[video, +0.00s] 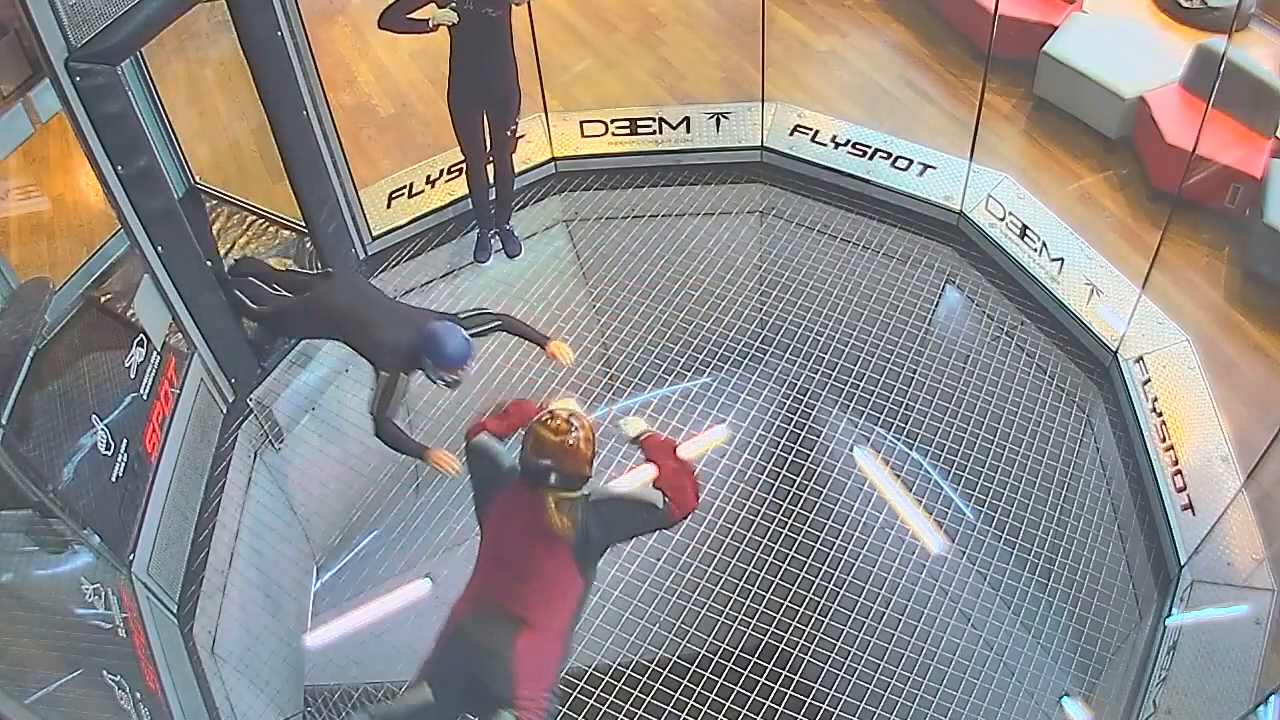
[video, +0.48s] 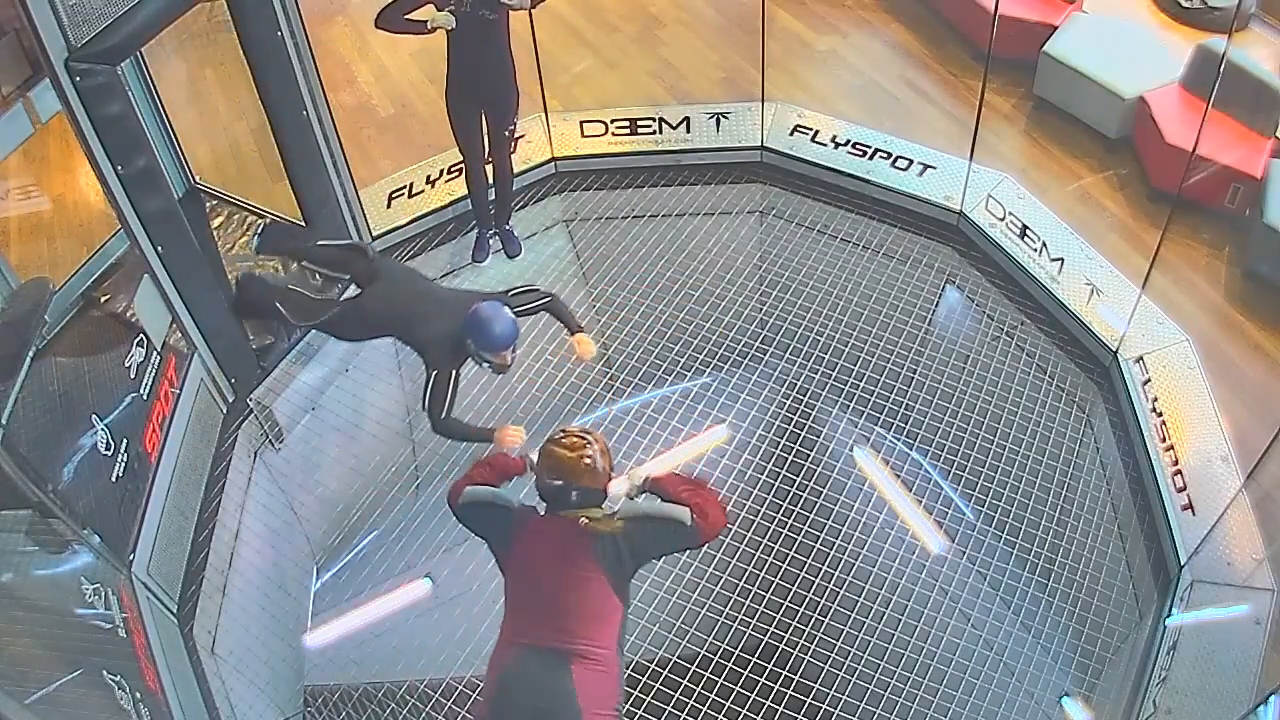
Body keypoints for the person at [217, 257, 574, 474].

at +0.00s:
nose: (455, 380)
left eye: (459, 374)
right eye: (451, 378)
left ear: (458, 344)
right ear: (430, 367)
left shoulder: (444, 325)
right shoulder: (395, 363)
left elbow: (498, 317)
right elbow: (382, 425)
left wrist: (546, 342)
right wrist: (424, 453)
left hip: (351, 283)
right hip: (325, 310)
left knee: (286, 277)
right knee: (263, 313)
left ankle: (228, 266)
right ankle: (221, 284)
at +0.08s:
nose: (467, 386)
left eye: (472, 379)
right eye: (462, 382)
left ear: (468, 347)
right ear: (443, 373)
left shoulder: (457, 327)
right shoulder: (405, 372)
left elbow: (508, 316)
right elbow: (396, 433)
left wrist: (554, 345)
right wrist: (441, 462)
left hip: (360, 284)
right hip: (335, 315)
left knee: (292, 280)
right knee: (276, 317)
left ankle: (244, 266)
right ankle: (229, 284)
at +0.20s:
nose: (480, 382)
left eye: (485, 375)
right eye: (477, 379)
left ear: (475, 331)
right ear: (458, 370)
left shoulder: (467, 322)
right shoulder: (421, 377)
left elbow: (520, 313)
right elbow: (413, 438)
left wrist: (562, 341)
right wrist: (463, 463)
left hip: (366, 286)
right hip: (339, 321)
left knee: (293, 269)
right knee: (260, 307)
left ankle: (241, 264)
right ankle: (224, 281)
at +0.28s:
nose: (489, 376)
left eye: (493, 369)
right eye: (486, 373)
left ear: (477, 327)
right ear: (467, 368)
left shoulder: (473, 317)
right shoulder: (431, 376)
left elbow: (526, 307)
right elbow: (420, 433)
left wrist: (563, 335)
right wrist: (468, 461)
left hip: (375, 282)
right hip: (350, 324)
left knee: (306, 259)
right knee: (274, 319)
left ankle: (254, 250)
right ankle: (229, 292)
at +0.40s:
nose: (500, 361)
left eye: (502, 354)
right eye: (496, 359)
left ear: (481, 314)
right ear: (475, 358)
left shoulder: (480, 307)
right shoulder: (440, 368)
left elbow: (538, 301)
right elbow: (431, 427)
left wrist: (573, 334)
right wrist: (481, 444)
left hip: (391, 279)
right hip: (367, 319)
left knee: (344, 263)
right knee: (313, 320)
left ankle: (269, 242)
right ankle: (251, 300)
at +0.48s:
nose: (507, 358)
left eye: (509, 350)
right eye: (500, 355)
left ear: (507, 322)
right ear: (476, 349)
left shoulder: (491, 304)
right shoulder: (445, 360)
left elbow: (544, 297)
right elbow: (440, 421)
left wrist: (579, 332)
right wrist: (492, 435)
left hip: (400, 275)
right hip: (370, 312)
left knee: (360, 257)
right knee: (313, 309)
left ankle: (274, 237)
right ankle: (249, 290)